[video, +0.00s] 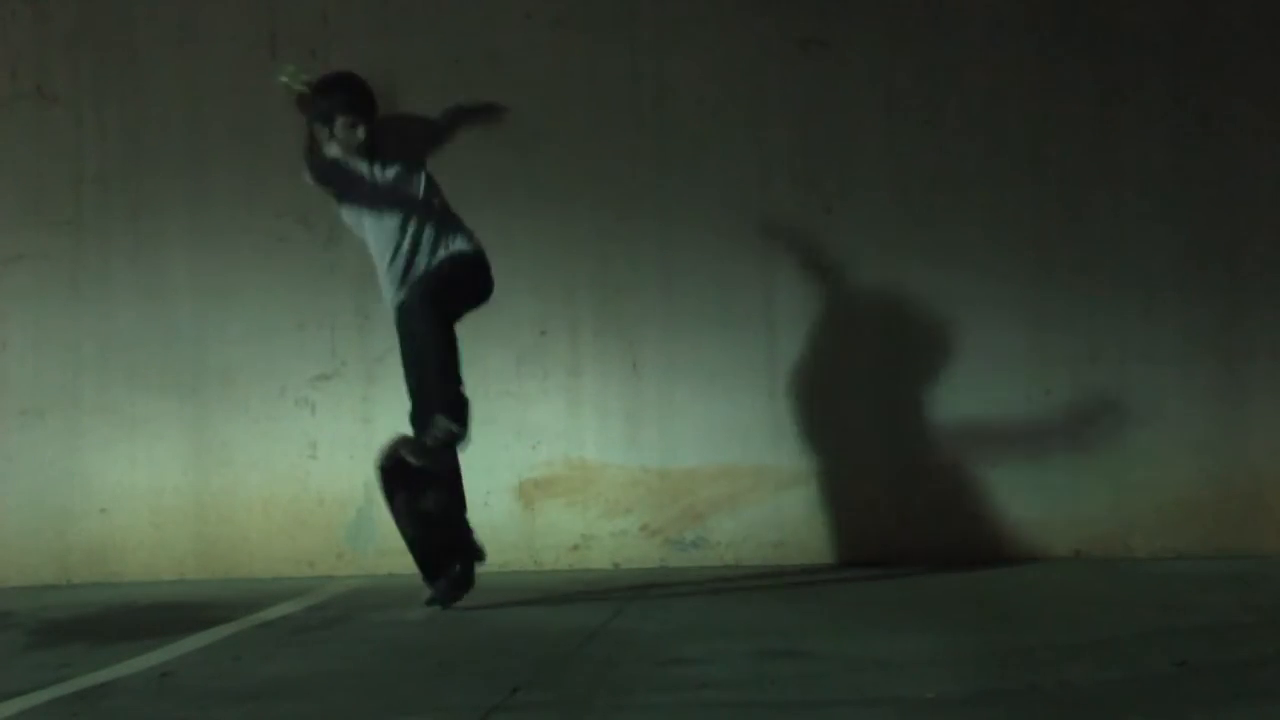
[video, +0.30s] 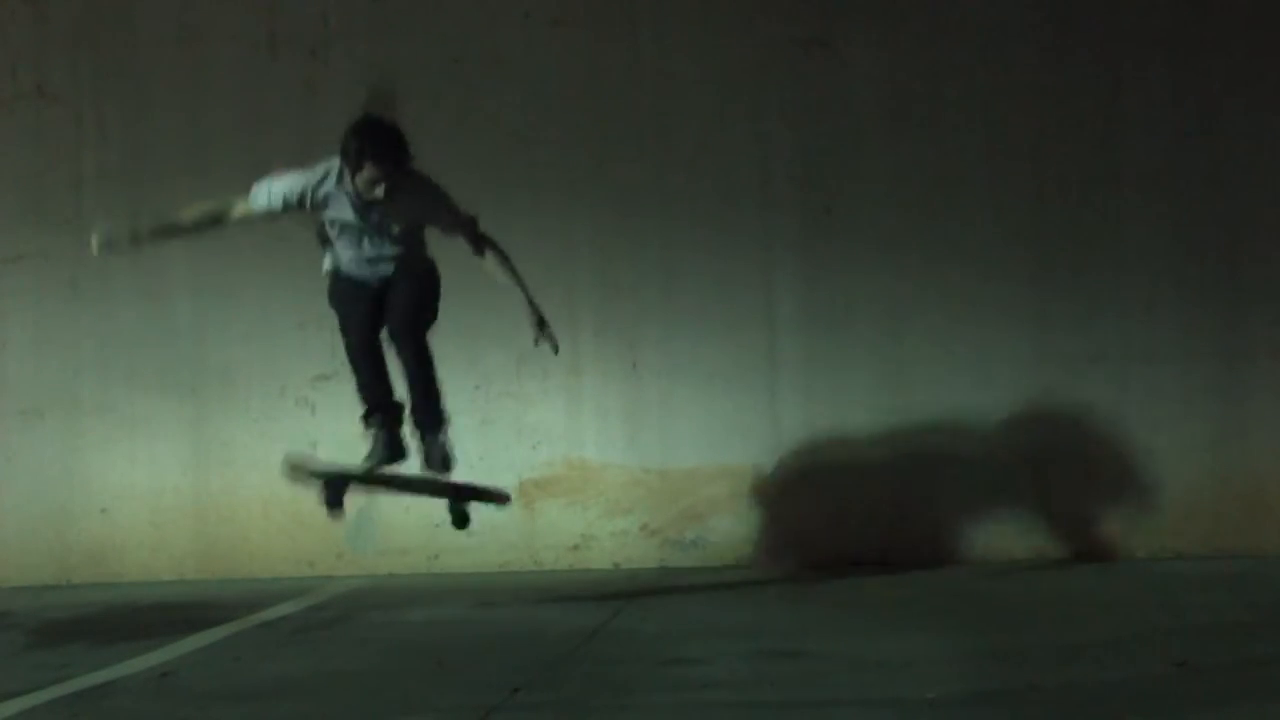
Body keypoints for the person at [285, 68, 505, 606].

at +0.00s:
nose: (360, 135)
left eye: (364, 124)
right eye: (349, 128)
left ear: (371, 120)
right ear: (326, 134)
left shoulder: (398, 139)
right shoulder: (328, 172)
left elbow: (442, 126)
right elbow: (320, 163)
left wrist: (476, 115)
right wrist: (308, 114)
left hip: (458, 263)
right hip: (408, 295)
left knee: (420, 305)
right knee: (429, 421)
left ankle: (443, 417)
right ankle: (453, 550)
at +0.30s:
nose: (380, 191)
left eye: (387, 182)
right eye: (372, 182)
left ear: (398, 172)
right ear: (351, 170)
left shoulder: (418, 195)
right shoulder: (318, 187)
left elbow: (483, 244)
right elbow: (231, 210)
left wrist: (534, 310)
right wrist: (143, 236)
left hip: (410, 275)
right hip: (352, 278)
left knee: (404, 332)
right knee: (360, 343)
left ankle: (432, 437)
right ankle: (385, 437)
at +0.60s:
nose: (318, 270)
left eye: (324, 258)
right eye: (307, 262)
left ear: (340, 242)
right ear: (292, 257)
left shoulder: (383, 270)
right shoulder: (289, 291)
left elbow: (464, 277)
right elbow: (235, 340)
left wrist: (549, 300)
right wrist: (206, 372)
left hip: (405, 394)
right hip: (347, 402)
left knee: (340, 449)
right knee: (309, 467)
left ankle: (385, 562)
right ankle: (352, 560)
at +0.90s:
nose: (263, 252)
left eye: (267, 238)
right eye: (253, 244)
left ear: (288, 220)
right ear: (248, 241)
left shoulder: (348, 222)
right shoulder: (274, 275)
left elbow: (437, 226)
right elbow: (263, 357)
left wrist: (515, 257)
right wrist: (232, 425)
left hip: (424, 332)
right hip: (367, 344)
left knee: (375, 430)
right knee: (337, 442)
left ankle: (388, 559)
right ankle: (355, 560)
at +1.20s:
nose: (247, 289)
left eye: (245, 276)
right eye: (238, 282)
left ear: (269, 251)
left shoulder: (339, 248)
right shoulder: (292, 295)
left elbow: (431, 262)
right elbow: (331, 350)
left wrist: (484, 326)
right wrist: (340, 434)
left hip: (440, 320)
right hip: (388, 335)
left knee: (407, 428)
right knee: (371, 438)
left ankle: (401, 560)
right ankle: (369, 558)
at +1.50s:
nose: (254, 256)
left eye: (252, 243)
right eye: (245, 250)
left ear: (276, 219)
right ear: (277, 222)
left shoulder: (348, 222)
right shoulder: (302, 254)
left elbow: (435, 261)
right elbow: (352, 306)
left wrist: (450, 349)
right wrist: (369, 383)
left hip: (450, 314)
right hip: (399, 330)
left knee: (414, 430)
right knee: (378, 434)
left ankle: (408, 560)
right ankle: (378, 556)